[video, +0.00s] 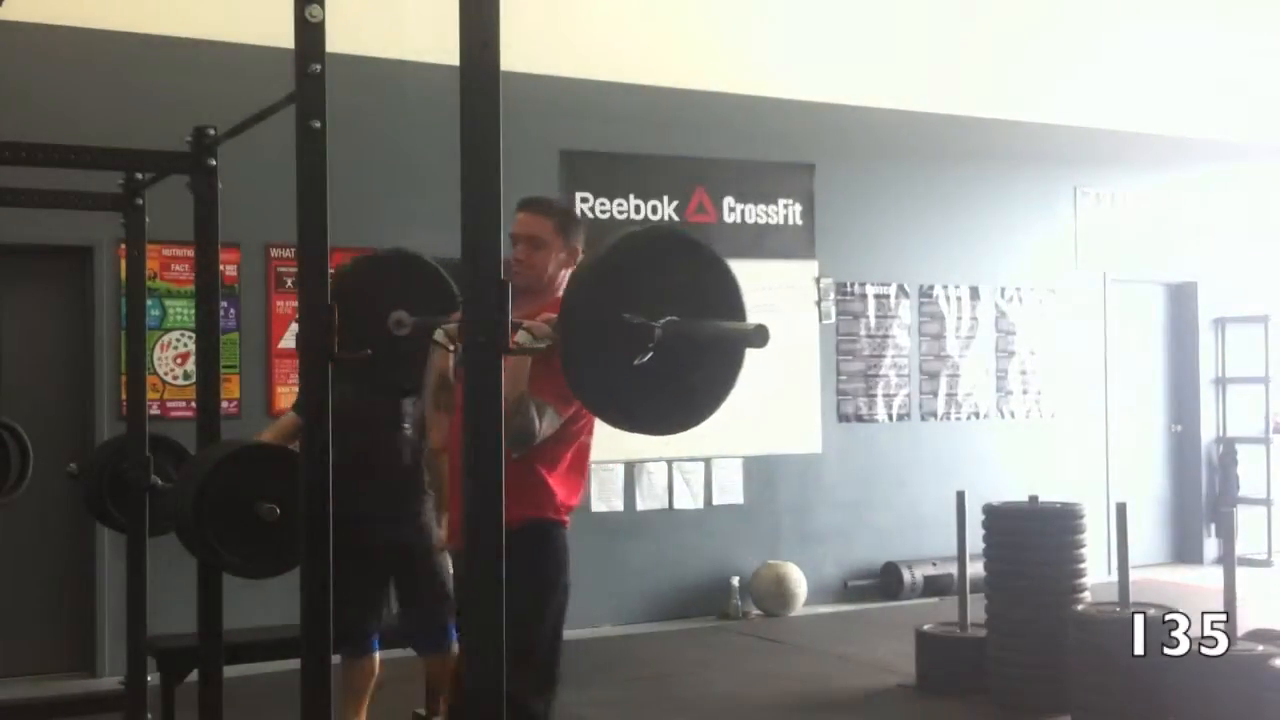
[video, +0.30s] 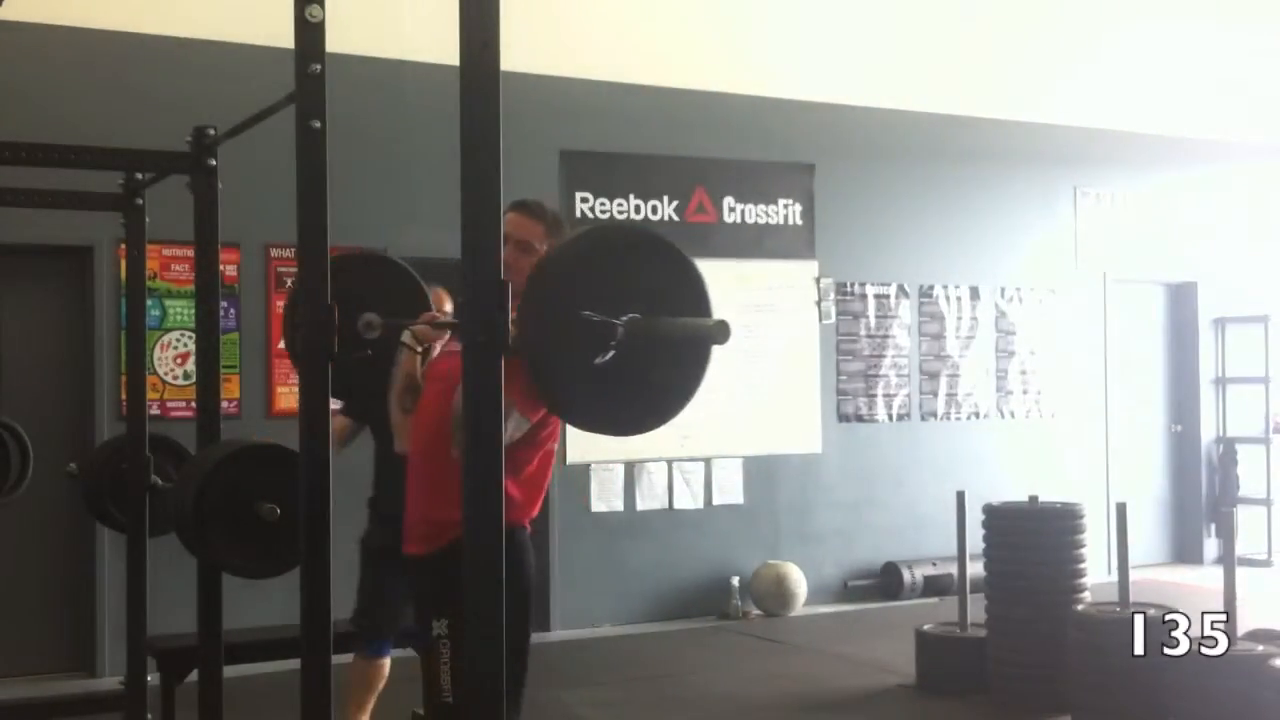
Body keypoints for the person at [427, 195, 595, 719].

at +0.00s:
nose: (517, 253)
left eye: (534, 244)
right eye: (513, 241)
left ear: (569, 258)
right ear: (505, 246)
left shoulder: (573, 328)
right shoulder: (490, 320)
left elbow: (522, 432)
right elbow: (438, 428)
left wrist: (519, 347)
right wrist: (444, 342)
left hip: (530, 529)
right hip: (473, 527)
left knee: (523, 685)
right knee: (476, 679)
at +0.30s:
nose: (506, 256)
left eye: (524, 247)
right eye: (502, 242)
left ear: (548, 264)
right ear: (489, 249)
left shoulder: (539, 348)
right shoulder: (462, 340)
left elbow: (471, 440)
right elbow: (405, 434)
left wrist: (491, 343)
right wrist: (411, 348)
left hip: (491, 552)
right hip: (438, 552)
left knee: (487, 702)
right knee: (442, 702)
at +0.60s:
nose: (443, 250)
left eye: (459, 243)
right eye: (451, 241)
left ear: (494, 262)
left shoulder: (501, 343)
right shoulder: (444, 342)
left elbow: (445, 442)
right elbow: (389, 450)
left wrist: (467, 328)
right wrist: (384, 357)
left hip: (469, 552)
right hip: (430, 552)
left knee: (465, 703)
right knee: (435, 701)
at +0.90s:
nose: (414, 256)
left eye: (421, 244)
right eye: (417, 244)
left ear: (444, 248)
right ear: (456, 251)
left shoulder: (475, 337)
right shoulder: (437, 340)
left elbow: (443, 455)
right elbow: (394, 438)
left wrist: (434, 358)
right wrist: (375, 370)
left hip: (461, 558)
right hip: (435, 557)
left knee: (465, 705)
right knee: (444, 700)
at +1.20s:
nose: (438, 259)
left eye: (445, 245)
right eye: (442, 244)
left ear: (467, 250)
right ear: (485, 251)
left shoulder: (517, 331)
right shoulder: (469, 335)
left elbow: (509, 456)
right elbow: (446, 437)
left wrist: (457, 377)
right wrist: (392, 386)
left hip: (515, 538)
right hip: (476, 537)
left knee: (538, 699)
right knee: (477, 698)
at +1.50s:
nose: (495, 266)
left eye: (507, 249)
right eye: (484, 251)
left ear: (537, 250)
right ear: (481, 262)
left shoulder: (581, 326)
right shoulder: (490, 334)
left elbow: (591, 449)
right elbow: (455, 430)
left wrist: (498, 415)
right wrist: (406, 380)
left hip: (575, 523)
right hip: (502, 522)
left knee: (574, 688)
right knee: (515, 683)